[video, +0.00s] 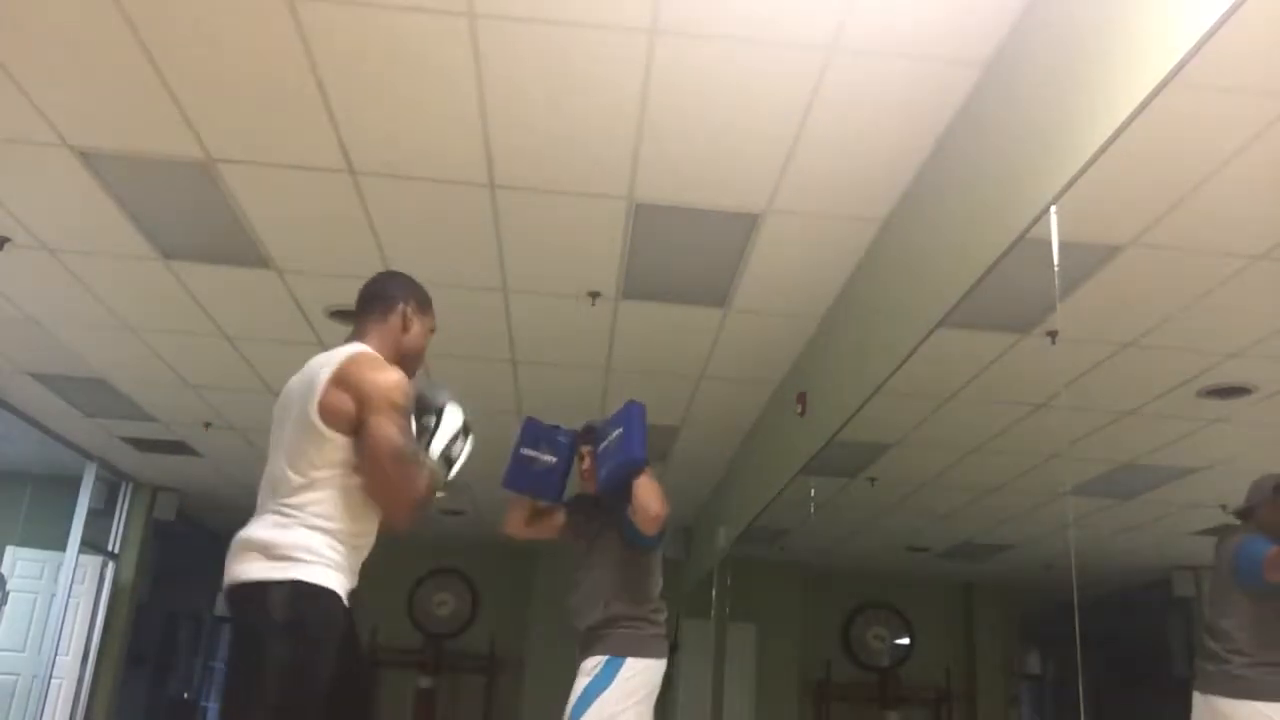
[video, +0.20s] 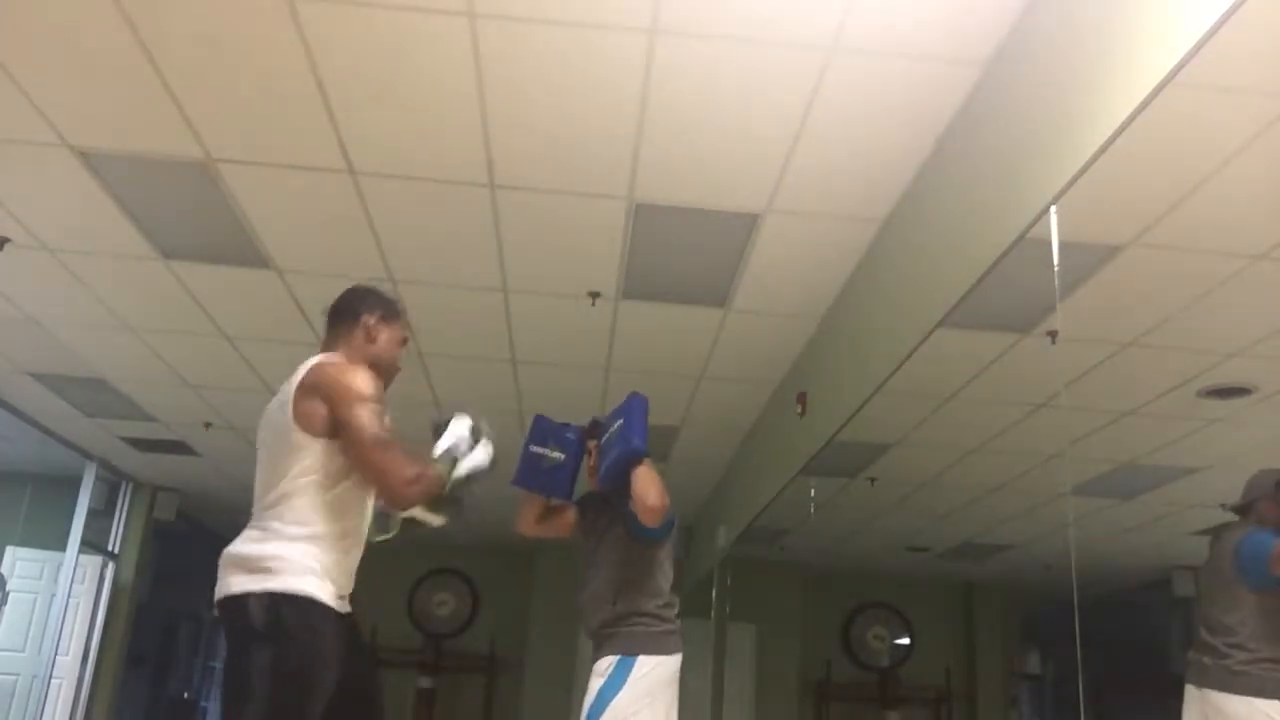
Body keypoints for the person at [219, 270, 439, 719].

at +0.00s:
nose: (425, 348)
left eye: (429, 335)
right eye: (427, 331)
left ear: (368, 316)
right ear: (404, 316)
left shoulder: (311, 373)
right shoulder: (379, 375)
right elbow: (400, 502)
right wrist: (432, 458)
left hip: (262, 575)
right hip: (301, 583)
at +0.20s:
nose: (401, 359)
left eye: (404, 346)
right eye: (400, 342)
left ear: (366, 330)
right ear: (371, 328)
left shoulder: (305, 382)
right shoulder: (344, 375)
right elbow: (403, 484)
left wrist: (396, 499)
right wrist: (446, 465)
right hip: (287, 591)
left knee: (357, 704)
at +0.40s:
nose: (419, 392)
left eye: (420, 379)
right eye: (414, 374)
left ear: (378, 365)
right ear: (378, 363)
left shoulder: (377, 441)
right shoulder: (322, 404)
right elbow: (324, 483)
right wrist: (398, 474)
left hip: (309, 618)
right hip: (253, 606)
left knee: (350, 697)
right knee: (289, 698)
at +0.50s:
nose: (438, 415)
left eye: (439, 403)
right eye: (432, 397)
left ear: (398, 389)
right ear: (395, 385)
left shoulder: (393, 467)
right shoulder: (339, 420)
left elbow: (473, 493)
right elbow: (323, 513)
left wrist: (555, 489)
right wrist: (397, 503)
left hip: (310, 620)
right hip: (256, 601)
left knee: (344, 699)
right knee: (280, 702)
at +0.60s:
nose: (434, 407)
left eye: (434, 396)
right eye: (427, 390)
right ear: (389, 381)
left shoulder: (394, 474)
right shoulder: (328, 429)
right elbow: (312, 532)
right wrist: (390, 512)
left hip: (339, 628)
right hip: (276, 613)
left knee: (383, 699)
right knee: (288, 704)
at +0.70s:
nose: (419, 389)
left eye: (419, 375)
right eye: (412, 371)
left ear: (374, 366)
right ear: (372, 363)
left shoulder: (373, 446)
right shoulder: (313, 412)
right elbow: (327, 517)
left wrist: (404, 593)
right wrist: (395, 485)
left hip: (335, 616)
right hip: (271, 602)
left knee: (373, 707)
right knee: (268, 705)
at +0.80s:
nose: (393, 377)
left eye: (394, 364)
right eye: (388, 359)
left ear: (348, 352)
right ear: (346, 350)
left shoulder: (344, 435)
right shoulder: (296, 405)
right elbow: (333, 508)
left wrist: (363, 569)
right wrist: (389, 468)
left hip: (312, 615)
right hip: (247, 605)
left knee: (342, 709)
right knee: (241, 710)